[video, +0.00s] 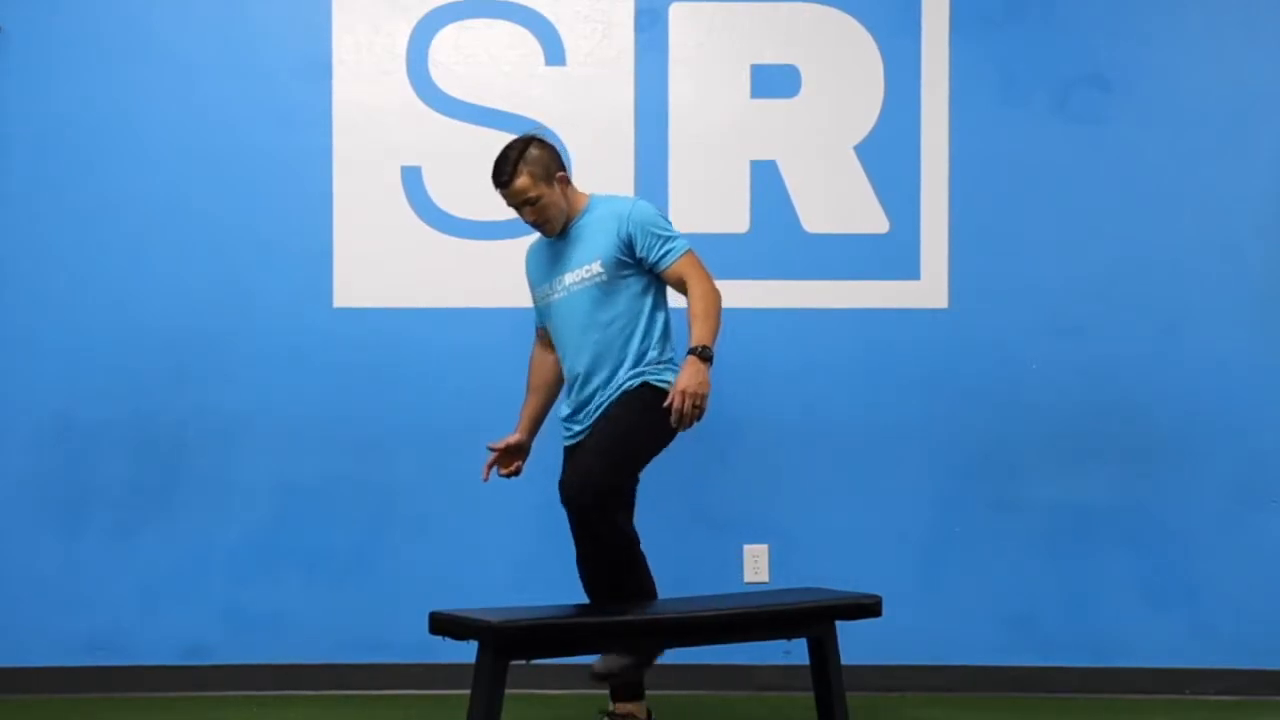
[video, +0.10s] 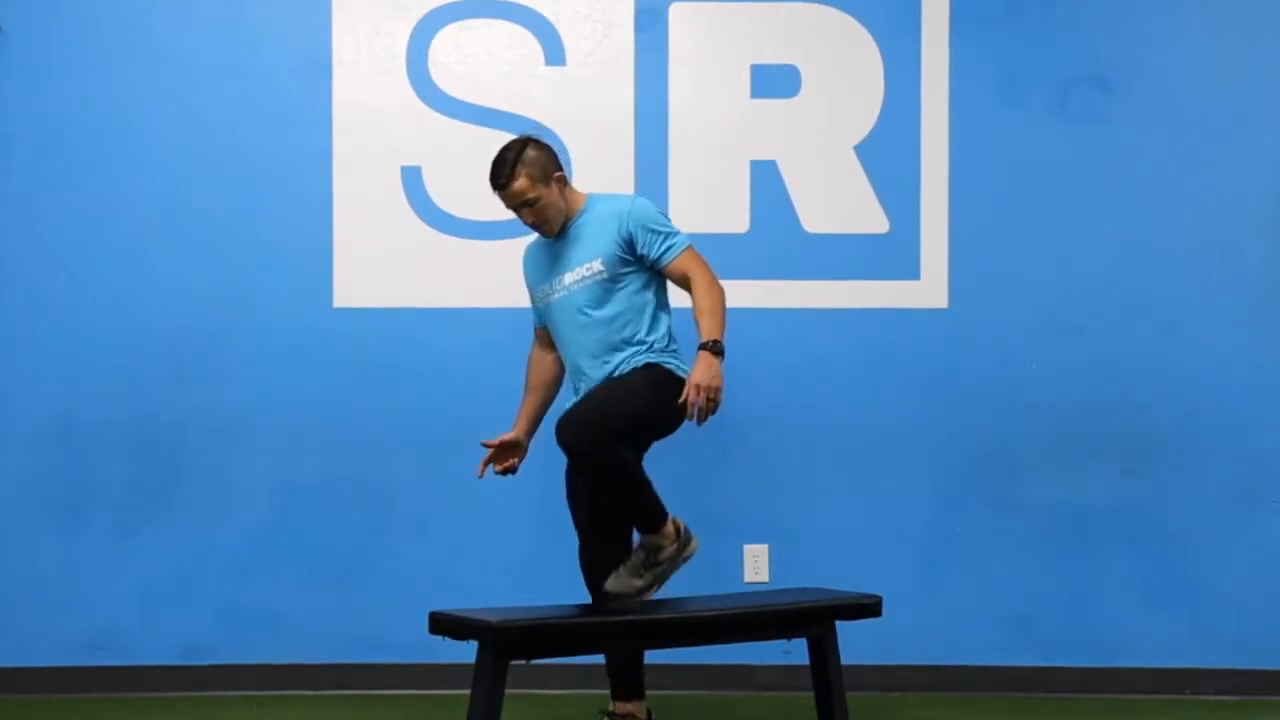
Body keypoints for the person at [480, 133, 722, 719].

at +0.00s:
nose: (528, 216)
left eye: (532, 201)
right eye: (517, 207)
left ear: (562, 179)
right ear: (512, 202)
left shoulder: (626, 218)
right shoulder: (539, 257)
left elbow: (702, 287)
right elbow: (548, 348)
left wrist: (698, 362)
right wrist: (525, 432)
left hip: (646, 388)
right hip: (583, 415)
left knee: (588, 488)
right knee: (595, 545)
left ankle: (639, 625)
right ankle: (629, 702)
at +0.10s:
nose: (527, 218)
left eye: (531, 203)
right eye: (516, 209)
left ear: (560, 179)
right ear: (511, 203)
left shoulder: (626, 217)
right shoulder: (537, 258)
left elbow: (702, 278)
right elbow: (547, 347)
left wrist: (711, 354)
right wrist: (522, 431)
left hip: (653, 377)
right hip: (591, 406)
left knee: (582, 432)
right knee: (603, 560)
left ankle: (663, 534)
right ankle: (628, 702)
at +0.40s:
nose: (528, 223)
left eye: (531, 207)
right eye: (517, 216)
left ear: (559, 181)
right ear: (510, 208)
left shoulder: (629, 213)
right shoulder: (532, 264)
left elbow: (704, 271)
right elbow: (542, 354)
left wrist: (731, 341)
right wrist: (527, 443)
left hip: (666, 369)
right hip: (599, 416)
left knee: (624, 407)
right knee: (607, 560)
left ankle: (695, 557)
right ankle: (629, 703)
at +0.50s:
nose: (530, 226)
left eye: (533, 210)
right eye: (519, 219)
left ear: (561, 183)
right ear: (513, 211)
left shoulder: (633, 214)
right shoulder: (533, 266)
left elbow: (711, 270)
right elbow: (541, 356)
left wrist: (736, 339)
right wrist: (525, 445)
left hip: (672, 371)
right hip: (603, 420)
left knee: (630, 410)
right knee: (609, 563)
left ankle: (696, 562)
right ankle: (630, 705)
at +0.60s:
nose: (536, 228)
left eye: (540, 213)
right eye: (524, 220)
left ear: (567, 186)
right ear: (516, 212)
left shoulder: (640, 219)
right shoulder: (534, 267)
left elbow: (719, 277)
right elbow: (540, 356)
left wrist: (743, 346)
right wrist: (524, 448)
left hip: (679, 375)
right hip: (607, 421)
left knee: (632, 411)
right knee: (608, 567)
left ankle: (696, 564)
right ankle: (630, 705)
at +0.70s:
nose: (542, 233)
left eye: (546, 218)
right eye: (531, 225)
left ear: (575, 192)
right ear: (523, 218)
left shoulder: (649, 230)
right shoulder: (538, 271)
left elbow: (729, 289)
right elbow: (537, 363)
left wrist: (751, 363)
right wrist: (520, 453)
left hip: (685, 384)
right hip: (612, 424)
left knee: (633, 413)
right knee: (598, 569)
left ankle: (696, 564)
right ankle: (629, 707)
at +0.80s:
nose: (552, 241)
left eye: (557, 226)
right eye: (541, 232)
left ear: (586, 201)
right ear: (532, 225)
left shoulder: (655, 245)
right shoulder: (544, 278)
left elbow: (742, 306)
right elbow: (536, 369)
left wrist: (759, 384)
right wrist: (509, 457)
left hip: (689, 402)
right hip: (615, 434)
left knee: (632, 413)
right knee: (585, 577)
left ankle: (697, 566)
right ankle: (629, 708)